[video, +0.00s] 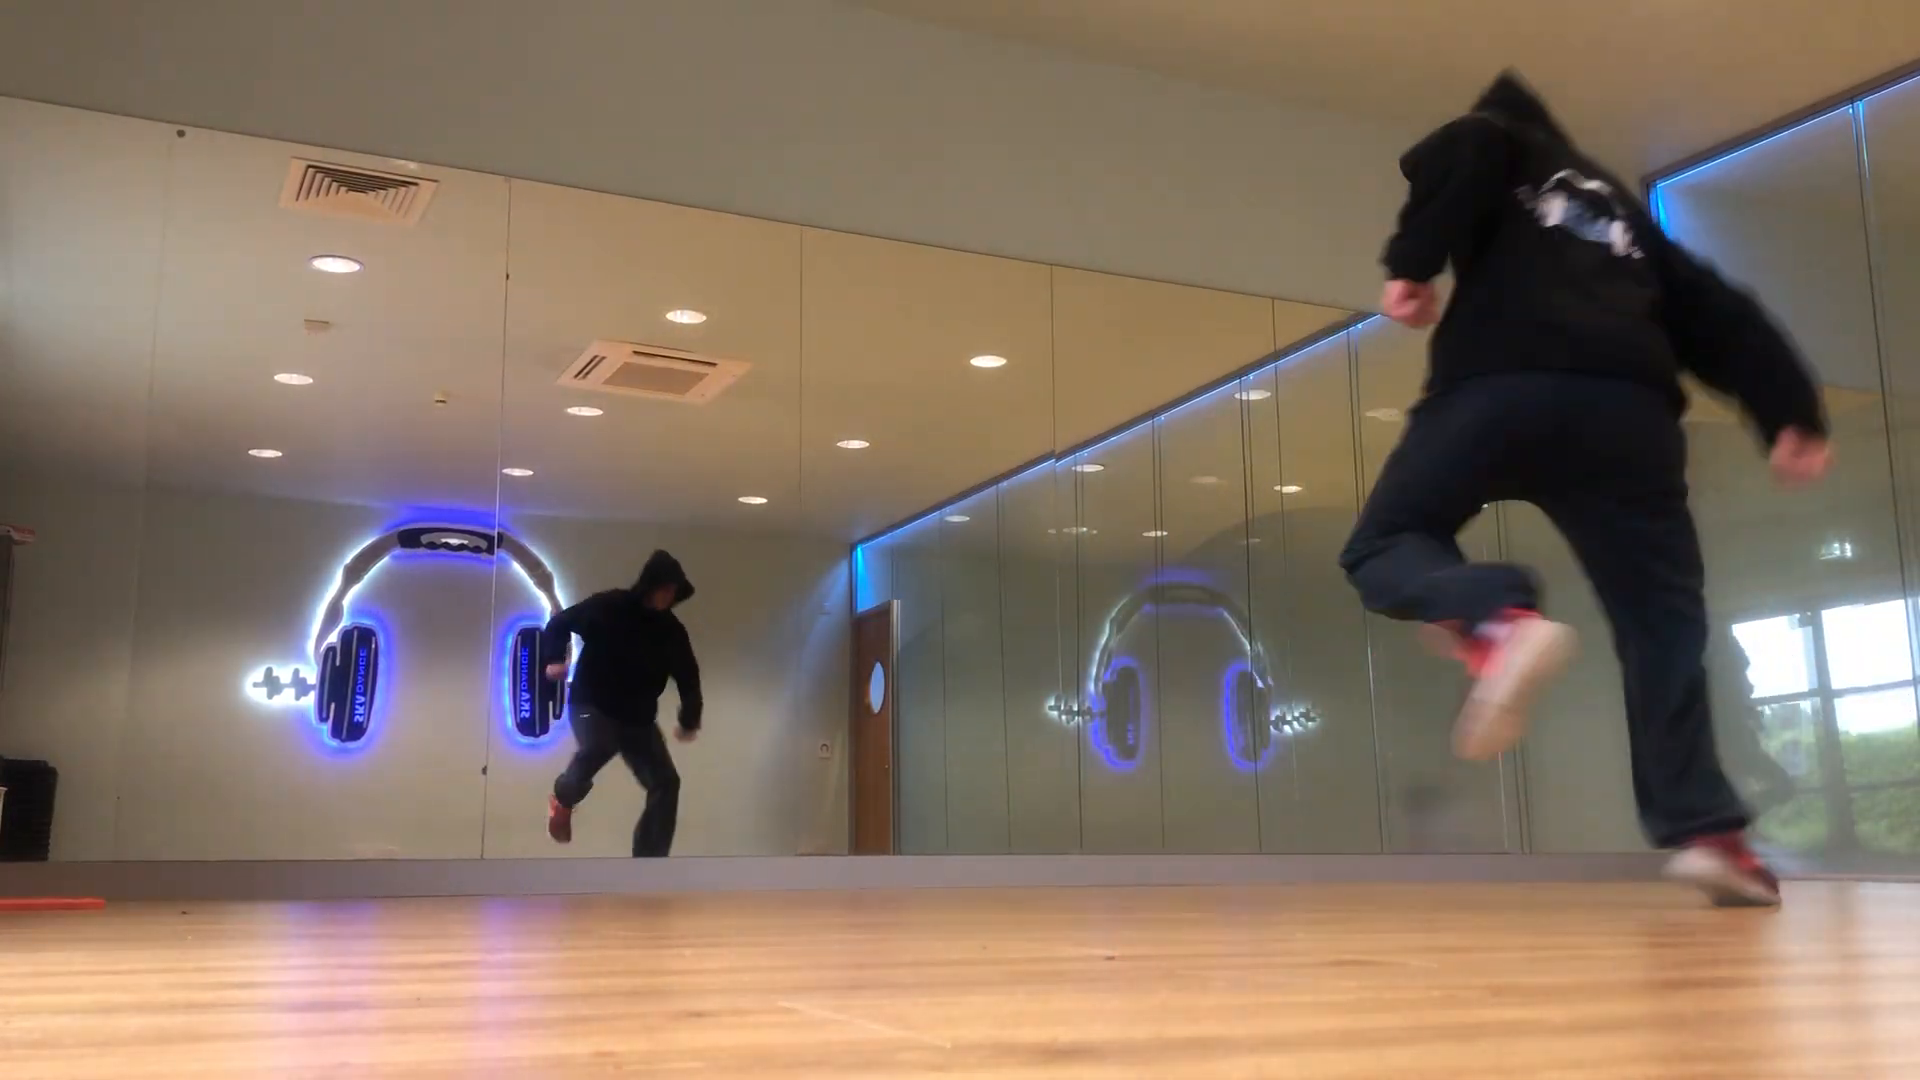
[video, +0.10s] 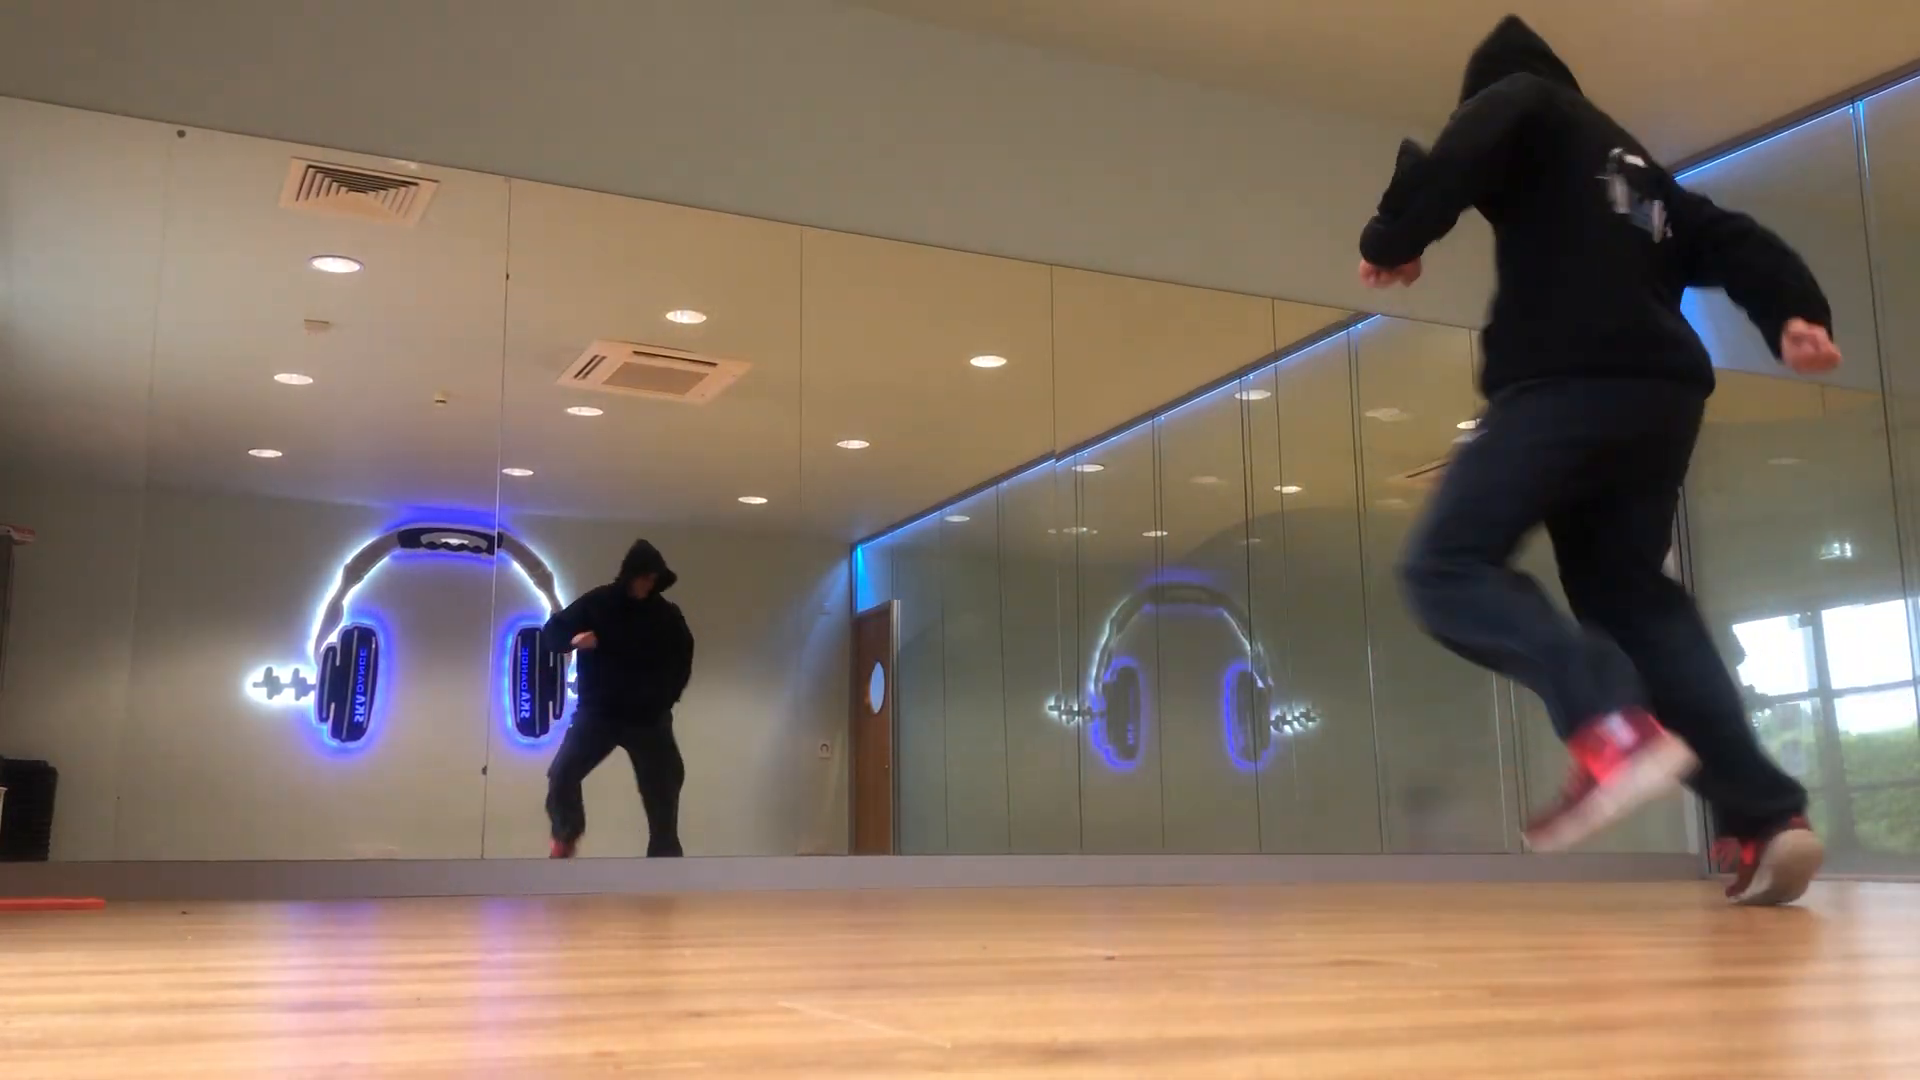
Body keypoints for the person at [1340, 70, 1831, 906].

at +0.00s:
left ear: (1492, 131)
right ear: (1559, 146)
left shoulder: (1487, 144)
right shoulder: (1633, 224)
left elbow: (1461, 162)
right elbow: (1719, 311)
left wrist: (1410, 266)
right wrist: (1790, 409)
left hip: (1495, 394)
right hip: (1628, 418)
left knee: (1386, 547)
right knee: (1663, 623)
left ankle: (1498, 622)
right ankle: (1705, 830)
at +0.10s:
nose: (1473, 116)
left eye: (1475, 101)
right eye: (1475, 104)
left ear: (1491, 84)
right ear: (1558, 80)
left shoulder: (1513, 97)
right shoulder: (1633, 167)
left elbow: (1454, 162)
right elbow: (1725, 236)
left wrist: (1391, 243)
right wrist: (1790, 307)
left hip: (1570, 381)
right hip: (1663, 386)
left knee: (1444, 568)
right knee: (1627, 594)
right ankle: (1763, 817)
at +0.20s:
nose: (1465, 163)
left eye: (1464, 146)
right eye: (1461, 152)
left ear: (1480, 112)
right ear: (1522, 88)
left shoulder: (1537, 133)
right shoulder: (1588, 146)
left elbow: (1434, 259)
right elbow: (1696, 238)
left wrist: (1428, 214)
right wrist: (1770, 312)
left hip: (1645, 392)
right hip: (1697, 390)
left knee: (1565, 592)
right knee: (1640, 623)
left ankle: (1704, 821)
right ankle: (1789, 829)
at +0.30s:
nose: (1425, 238)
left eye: (1418, 220)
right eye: (1415, 226)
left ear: (1425, 174)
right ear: (1451, 144)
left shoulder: (1492, 174)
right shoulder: (1530, 167)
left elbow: (1474, 344)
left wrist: (1444, 303)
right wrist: (1649, 423)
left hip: (1725, 363)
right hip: (1755, 355)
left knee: (1665, 592)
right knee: (1704, 604)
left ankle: (1754, 845)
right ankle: (1813, 828)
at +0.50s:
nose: (1422, 184)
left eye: (1417, 165)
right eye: (1417, 169)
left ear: (1424, 128)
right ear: (1477, 90)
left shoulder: (1475, 137)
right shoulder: (1566, 134)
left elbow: (1550, 193)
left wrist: (1567, 307)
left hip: (1709, 357)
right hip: (1786, 334)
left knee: (1627, 601)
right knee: (1858, 532)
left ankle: (1760, 839)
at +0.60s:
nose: (1441, 81)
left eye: (1445, 61)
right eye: (1441, 68)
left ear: (1462, 32)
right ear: (1532, 11)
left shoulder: (1492, 46)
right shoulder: (1608, 60)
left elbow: (1569, 81)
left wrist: (1614, 152)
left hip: (1661, 331)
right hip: (1771, 301)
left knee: (1647, 605)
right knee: (1869, 487)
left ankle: (1732, 831)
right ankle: (1899, 397)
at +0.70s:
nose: (1464, 34)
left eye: (1469, 25)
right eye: (1465, 29)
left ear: (1486, 5)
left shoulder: (1513, 15)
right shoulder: (1668, 32)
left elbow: (1574, 74)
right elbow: (1720, 129)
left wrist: (1509, 200)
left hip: (1627, 309)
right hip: (1761, 272)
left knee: (1645, 570)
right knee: (1891, 485)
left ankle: (1676, 833)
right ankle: (1792, 506)